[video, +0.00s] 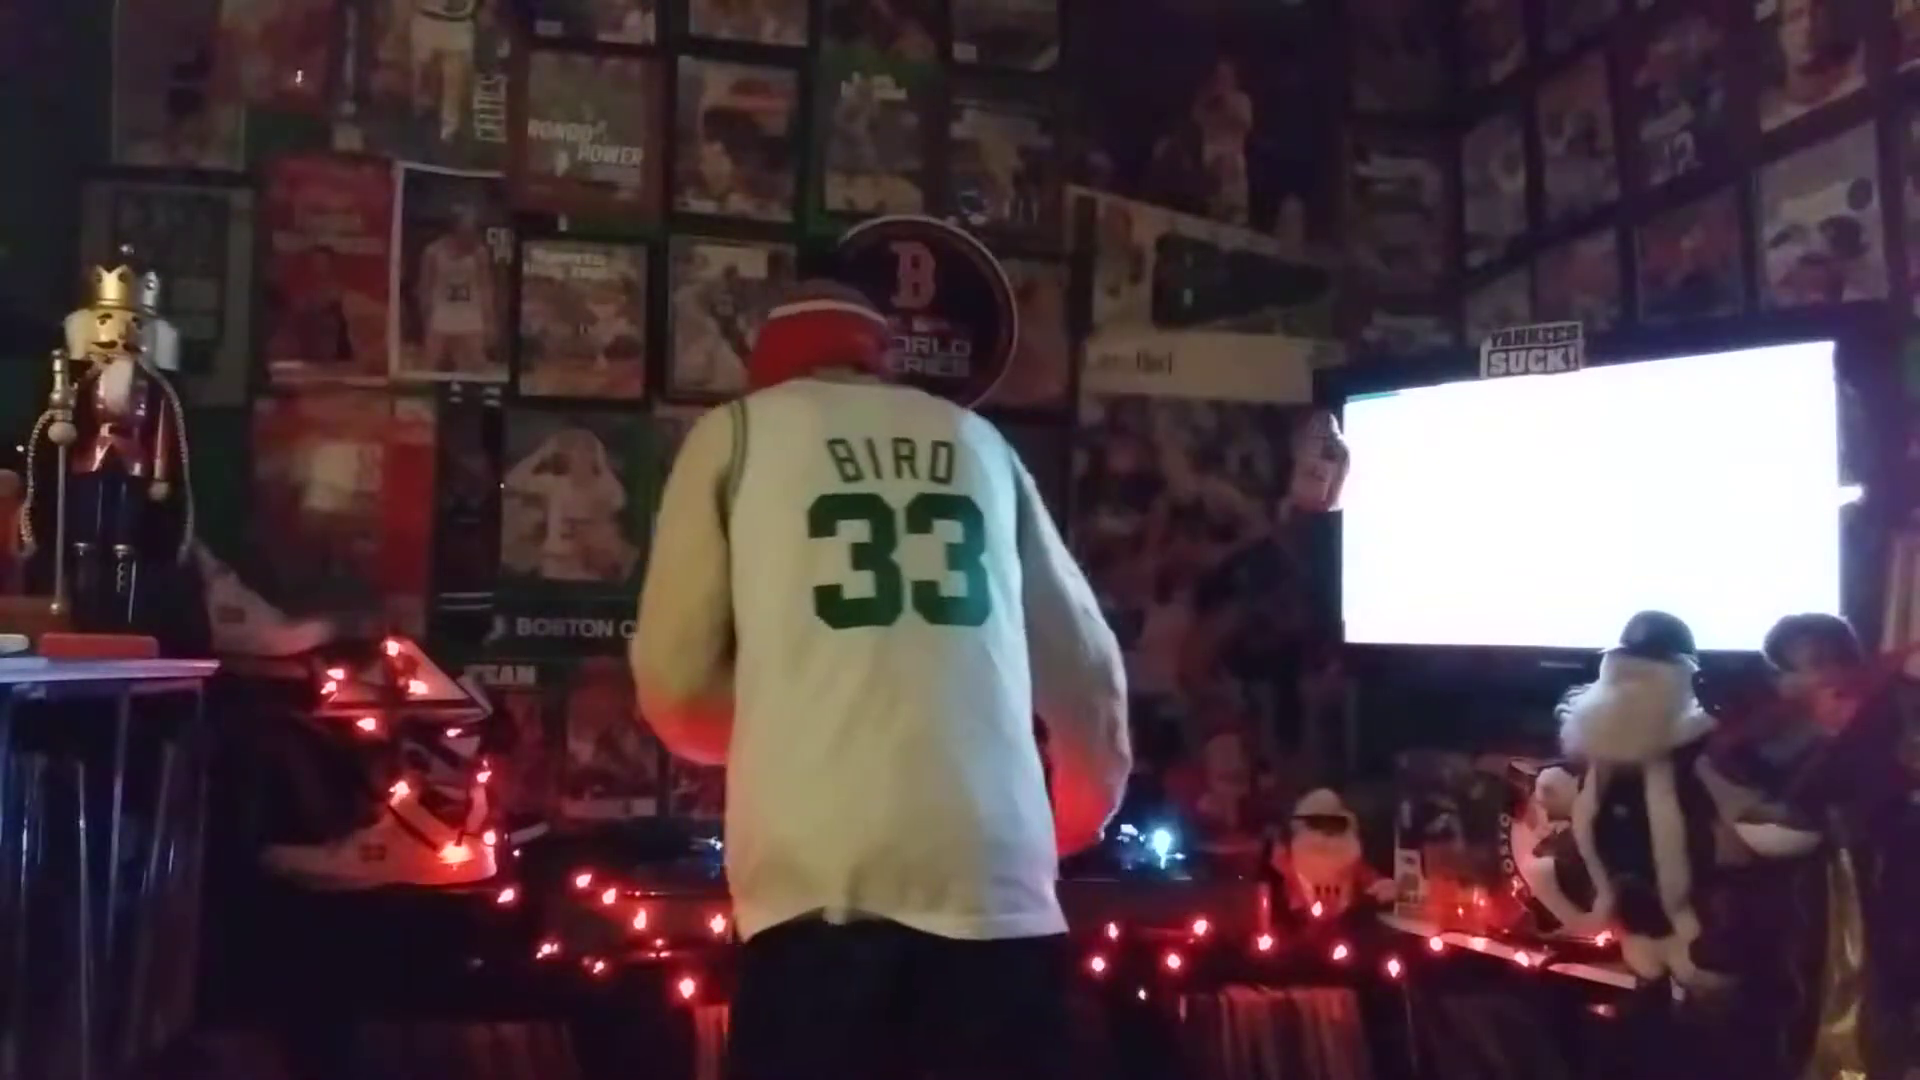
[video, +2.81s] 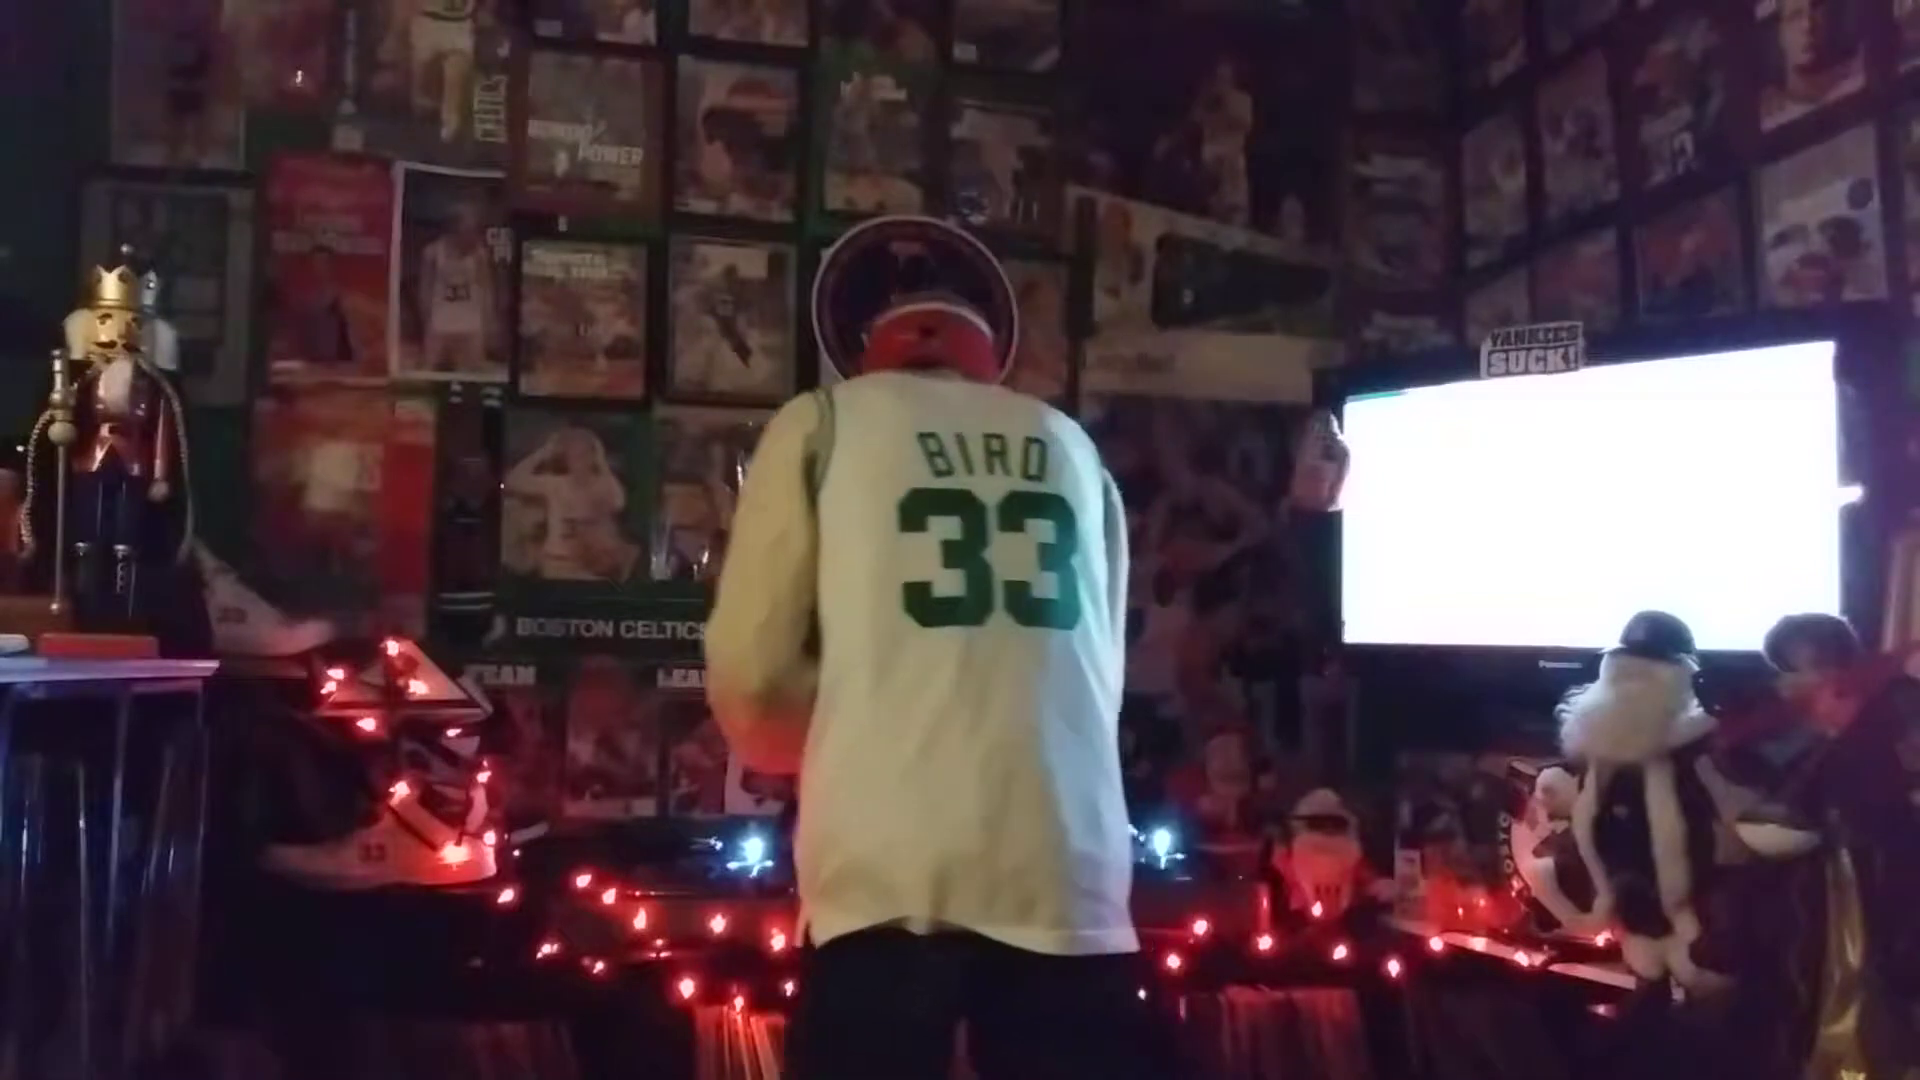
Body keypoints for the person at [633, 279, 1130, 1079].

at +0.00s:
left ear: (768, 361)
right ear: (879, 357)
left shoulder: (730, 435)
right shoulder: (984, 444)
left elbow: (674, 684)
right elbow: (1090, 678)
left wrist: (794, 731)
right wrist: (1052, 835)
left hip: (814, 901)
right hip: (998, 902)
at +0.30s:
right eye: (877, 341)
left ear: (756, 354)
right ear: (876, 350)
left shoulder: (711, 434)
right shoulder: (972, 439)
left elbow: (649, 687)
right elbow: (1029, 687)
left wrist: (772, 734)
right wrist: (975, 793)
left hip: (792, 890)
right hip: (981, 888)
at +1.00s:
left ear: (879, 321)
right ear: (1003, 326)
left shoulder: (821, 424)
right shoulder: (1091, 431)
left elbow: (746, 677)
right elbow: (1162, 664)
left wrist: (845, 764)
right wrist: (1062, 783)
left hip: (864, 895)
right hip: (1048, 901)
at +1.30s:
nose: (940, 317)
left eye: (947, 302)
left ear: (960, 312)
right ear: (1074, 324)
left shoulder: (881, 421)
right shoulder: (1155, 429)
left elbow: (803, 672)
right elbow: (1228, 667)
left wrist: (907, 749)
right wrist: (1134, 781)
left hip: (912, 913)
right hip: (1103, 918)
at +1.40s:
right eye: (1099, 316)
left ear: (974, 320)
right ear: (1091, 326)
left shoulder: (902, 422)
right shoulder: (1173, 431)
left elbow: (821, 674)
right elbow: (1240, 674)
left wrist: (931, 750)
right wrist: (1151, 780)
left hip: (933, 899)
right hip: (1120, 904)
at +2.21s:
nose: (969, 366)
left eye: (974, 355)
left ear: (986, 350)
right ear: (1104, 370)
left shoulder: (946, 408)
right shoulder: (1187, 454)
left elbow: (866, 661)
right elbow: (1186, 653)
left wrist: (928, 765)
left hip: (976, 892)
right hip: (1153, 909)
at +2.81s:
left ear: (862, 348)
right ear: (995, 351)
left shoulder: (817, 422)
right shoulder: (1077, 448)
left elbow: (749, 672)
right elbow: (1101, 662)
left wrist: (858, 765)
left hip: (879, 877)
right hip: (1068, 884)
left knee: (869, 1060)